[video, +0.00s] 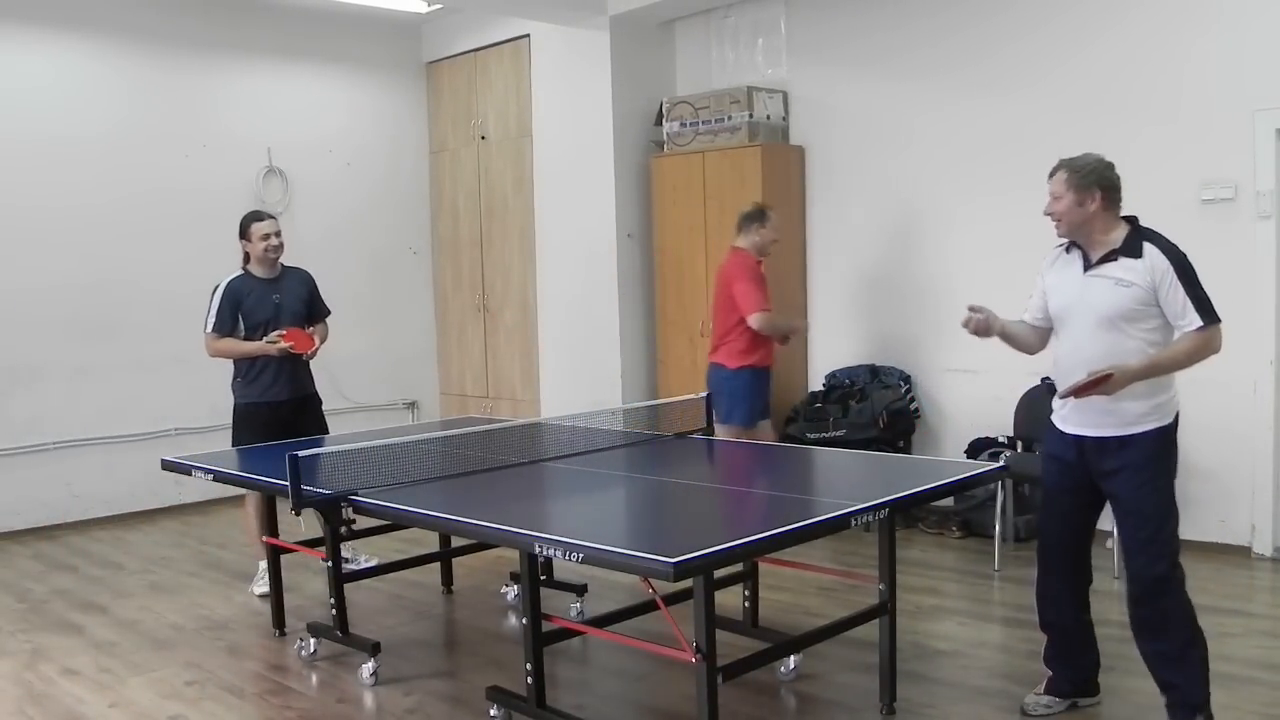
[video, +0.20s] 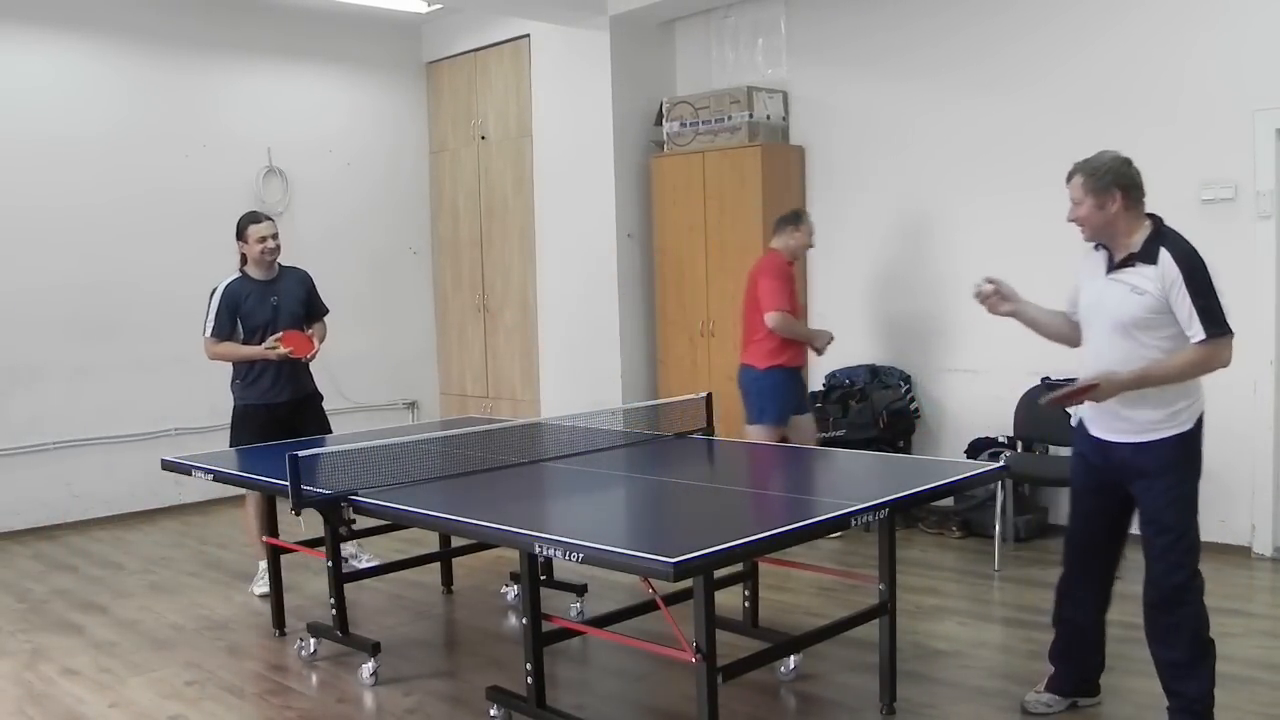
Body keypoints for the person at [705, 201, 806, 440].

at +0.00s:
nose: (777, 238)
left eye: (776, 231)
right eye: (773, 230)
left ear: (755, 231)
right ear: (757, 230)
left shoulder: (748, 263)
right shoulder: (741, 264)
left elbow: (749, 316)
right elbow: (759, 320)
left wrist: (776, 333)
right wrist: (795, 325)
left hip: (752, 371)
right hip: (735, 373)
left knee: (765, 446)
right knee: (732, 454)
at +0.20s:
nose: (811, 244)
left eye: (811, 238)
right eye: (809, 236)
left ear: (792, 233)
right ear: (793, 232)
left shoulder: (781, 266)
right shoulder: (772, 264)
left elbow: (781, 319)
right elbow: (775, 318)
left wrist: (810, 339)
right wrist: (813, 335)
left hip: (786, 371)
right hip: (767, 373)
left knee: (806, 443)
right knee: (761, 453)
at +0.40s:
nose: (834, 238)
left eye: (835, 232)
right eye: (831, 231)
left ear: (814, 227)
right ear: (813, 226)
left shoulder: (809, 262)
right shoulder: (790, 260)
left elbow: (811, 310)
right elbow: (786, 308)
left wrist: (840, 326)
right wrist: (835, 325)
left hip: (809, 364)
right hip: (792, 364)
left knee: (810, 443)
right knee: (807, 444)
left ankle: (808, 517)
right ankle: (800, 519)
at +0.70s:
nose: (866, 252)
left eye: (868, 246)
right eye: (867, 245)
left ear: (846, 233)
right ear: (857, 237)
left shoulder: (832, 262)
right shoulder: (827, 262)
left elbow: (832, 314)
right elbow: (813, 312)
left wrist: (863, 331)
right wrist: (859, 332)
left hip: (817, 366)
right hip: (818, 367)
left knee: (818, 450)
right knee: (835, 452)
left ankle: (822, 526)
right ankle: (835, 531)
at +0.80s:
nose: (874, 253)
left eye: (876, 247)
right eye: (876, 246)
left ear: (850, 232)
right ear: (869, 239)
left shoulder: (826, 259)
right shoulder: (846, 262)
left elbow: (821, 313)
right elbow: (842, 313)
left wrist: (862, 335)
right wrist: (867, 336)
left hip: (808, 364)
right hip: (825, 368)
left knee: (823, 447)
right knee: (841, 451)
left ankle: (820, 524)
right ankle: (836, 532)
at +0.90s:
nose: (877, 249)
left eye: (878, 243)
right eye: (879, 243)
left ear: (849, 230)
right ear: (874, 238)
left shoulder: (824, 257)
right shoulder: (856, 261)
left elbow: (828, 310)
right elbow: (875, 309)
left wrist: (861, 335)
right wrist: (884, 333)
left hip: (806, 360)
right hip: (830, 365)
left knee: (822, 445)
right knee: (844, 449)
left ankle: (816, 523)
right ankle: (837, 531)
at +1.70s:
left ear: (825, 270)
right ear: (853, 266)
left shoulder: (803, 286)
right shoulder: (865, 272)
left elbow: (788, 338)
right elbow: (889, 308)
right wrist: (874, 339)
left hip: (803, 355)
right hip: (845, 352)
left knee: (814, 445)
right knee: (861, 446)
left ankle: (812, 519)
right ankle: (872, 519)